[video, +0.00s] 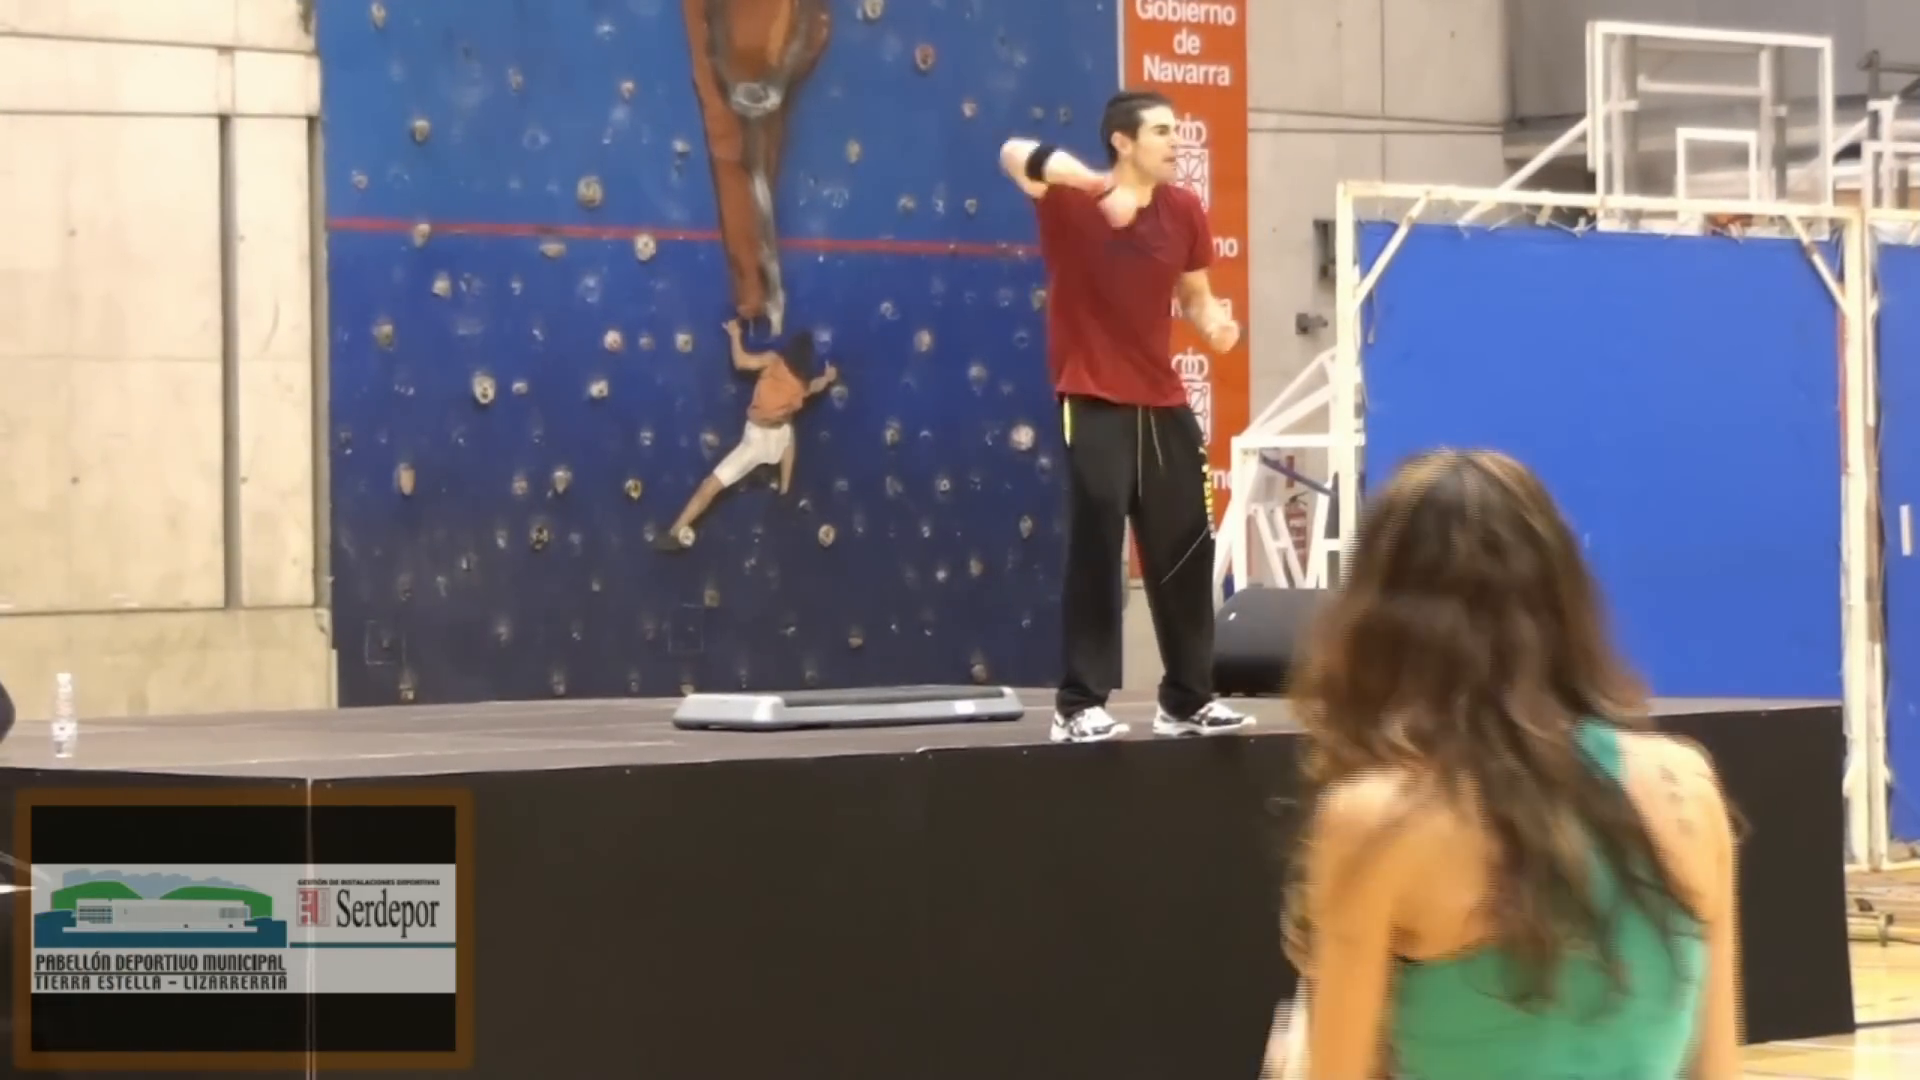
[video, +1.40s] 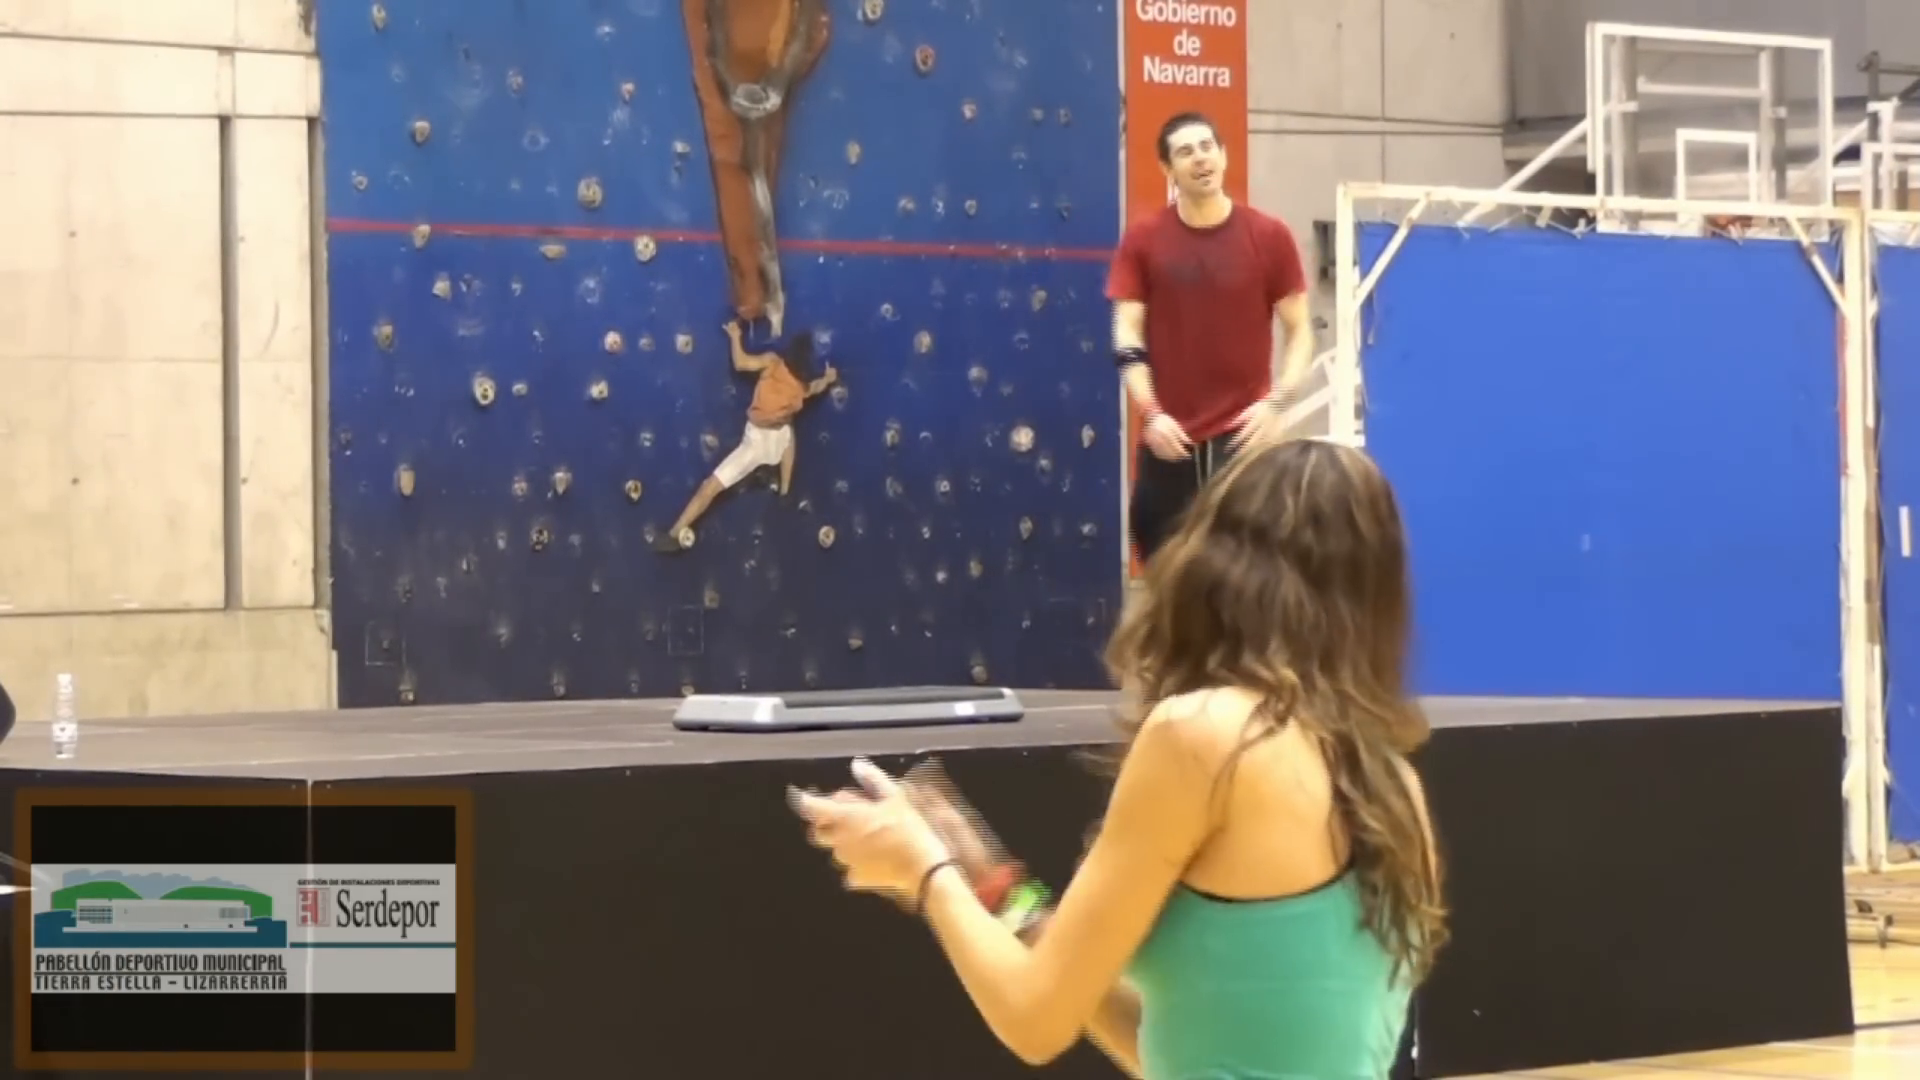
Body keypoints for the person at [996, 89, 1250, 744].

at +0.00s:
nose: (1175, 143)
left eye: (1174, 132)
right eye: (1161, 132)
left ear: (1167, 143)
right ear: (1121, 141)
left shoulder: (1182, 209)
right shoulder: (1071, 197)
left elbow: (1197, 297)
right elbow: (1013, 154)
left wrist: (1217, 328)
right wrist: (1069, 172)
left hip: (1163, 401)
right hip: (1094, 399)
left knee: (1184, 549)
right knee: (1097, 547)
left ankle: (1188, 698)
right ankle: (1080, 703)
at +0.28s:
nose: (1177, 141)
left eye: (1177, 130)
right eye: (1164, 130)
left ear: (1169, 142)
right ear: (1124, 139)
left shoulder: (1183, 208)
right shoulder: (1077, 197)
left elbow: (1206, 286)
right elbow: (1016, 199)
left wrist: (1217, 301)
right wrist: (1093, 247)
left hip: (1163, 407)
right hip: (1094, 408)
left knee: (1180, 555)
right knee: (1093, 558)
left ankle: (1187, 699)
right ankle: (1080, 704)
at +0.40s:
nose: (1170, 143)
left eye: (1172, 132)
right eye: (1157, 132)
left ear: (1170, 139)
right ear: (1118, 137)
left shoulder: (1182, 204)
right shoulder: (1071, 202)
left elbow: (1251, 251)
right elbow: (1004, 242)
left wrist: (1264, 232)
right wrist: (1081, 287)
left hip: (1159, 403)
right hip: (1087, 405)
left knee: (1178, 550)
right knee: (1093, 551)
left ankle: (1188, 700)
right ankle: (1082, 704)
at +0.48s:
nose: (1167, 148)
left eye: (1171, 137)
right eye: (1155, 137)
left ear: (1168, 142)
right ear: (1115, 137)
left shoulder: (1183, 197)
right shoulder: (1065, 204)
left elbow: (1274, 211)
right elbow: (1000, 269)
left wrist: (1313, 161)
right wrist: (1075, 306)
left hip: (1158, 403)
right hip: (1085, 405)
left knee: (1176, 551)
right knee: (1090, 553)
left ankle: (1188, 701)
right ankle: (1081, 705)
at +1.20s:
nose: (1209, 145)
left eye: (1216, 135)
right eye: (1195, 133)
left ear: (1224, 147)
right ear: (1164, 145)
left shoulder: (1243, 213)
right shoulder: (1118, 217)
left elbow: (1326, 233)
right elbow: (1087, 307)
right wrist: (1078, 382)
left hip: (1218, 413)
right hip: (1139, 414)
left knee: (1231, 540)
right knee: (1130, 529)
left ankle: (1234, 665)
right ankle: (1116, 663)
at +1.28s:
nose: (1210, 146)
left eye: (1217, 135)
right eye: (1195, 136)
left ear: (1226, 145)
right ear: (1167, 151)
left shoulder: (1253, 218)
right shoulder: (1130, 220)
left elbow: (1325, 284)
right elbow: (1100, 313)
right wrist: (1111, 396)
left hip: (1230, 417)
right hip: (1151, 422)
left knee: (1236, 550)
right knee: (1147, 560)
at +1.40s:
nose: (1200, 160)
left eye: (1207, 147)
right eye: (1185, 152)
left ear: (1224, 155)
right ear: (1168, 170)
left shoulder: (1269, 236)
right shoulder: (1143, 240)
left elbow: (1299, 330)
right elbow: (1128, 336)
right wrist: (1150, 415)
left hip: (1247, 442)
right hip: (1169, 445)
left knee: (1249, 577)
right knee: (1170, 585)